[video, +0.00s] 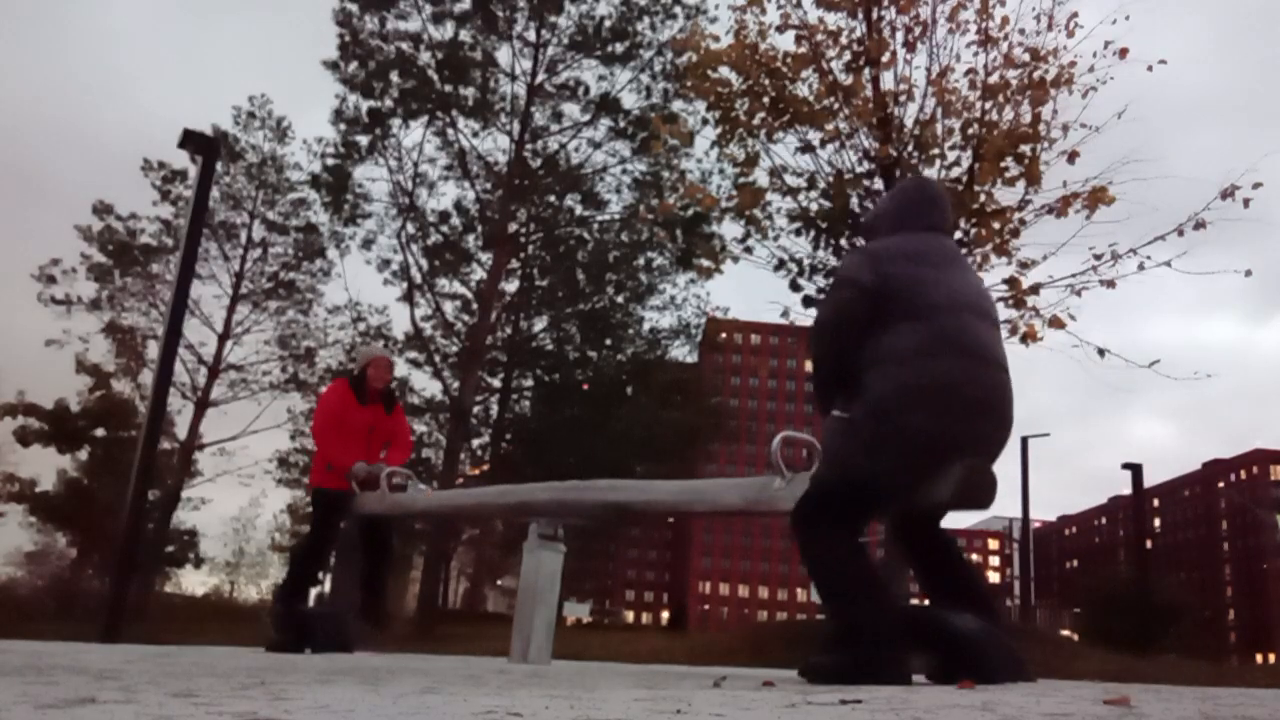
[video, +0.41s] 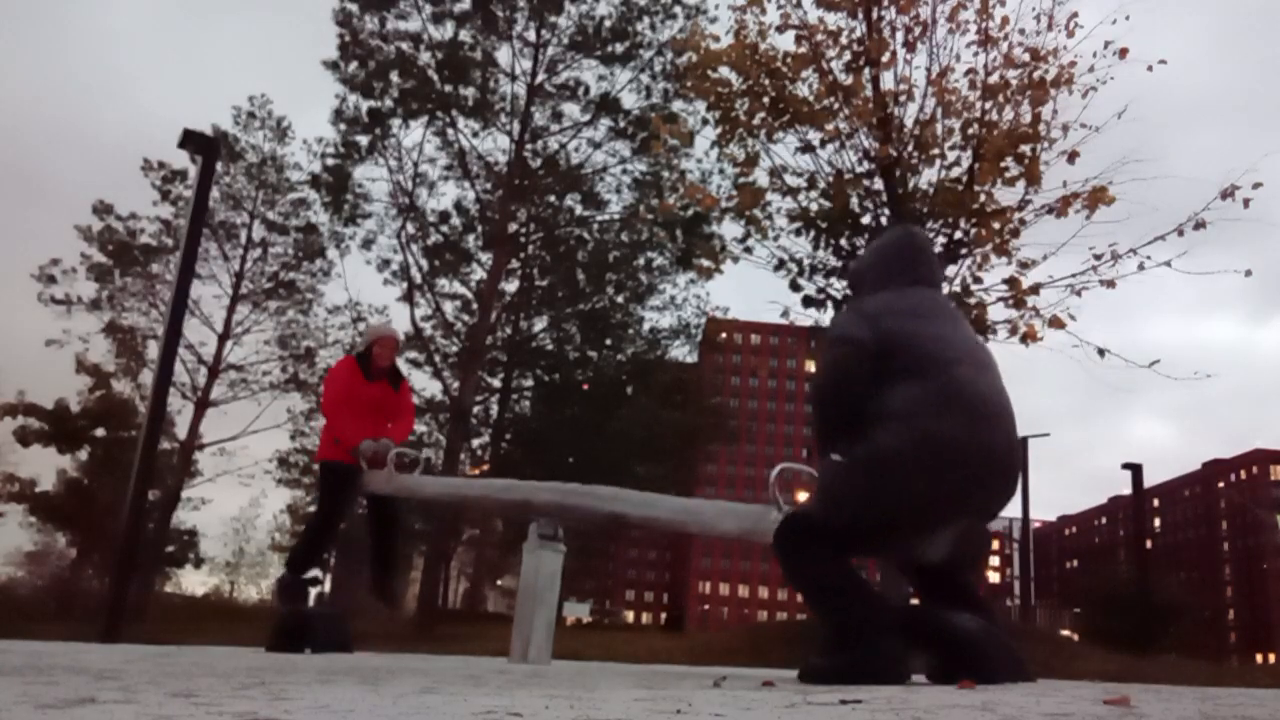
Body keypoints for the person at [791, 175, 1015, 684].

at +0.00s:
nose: (869, 218)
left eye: (877, 209)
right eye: (873, 208)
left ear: (890, 215)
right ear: (936, 221)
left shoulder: (873, 258)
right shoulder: (960, 269)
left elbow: (831, 327)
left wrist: (832, 394)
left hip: (906, 413)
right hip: (985, 416)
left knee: (820, 518)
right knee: (915, 526)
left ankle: (869, 649)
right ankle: (986, 643)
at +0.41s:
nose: (854, 281)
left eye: (860, 274)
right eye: (857, 274)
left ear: (876, 272)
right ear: (922, 273)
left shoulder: (866, 313)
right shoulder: (947, 315)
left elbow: (834, 398)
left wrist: (835, 444)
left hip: (916, 455)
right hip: (994, 461)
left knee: (802, 538)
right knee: (934, 566)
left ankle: (867, 650)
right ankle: (990, 659)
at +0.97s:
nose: (853, 322)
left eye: (858, 313)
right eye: (856, 313)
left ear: (873, 309)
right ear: (923, 309)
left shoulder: (865, 349)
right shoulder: (954, 354)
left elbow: (837, 443)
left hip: (919, 500)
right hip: (1001, 504)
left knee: (796, 542)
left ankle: (863, 651)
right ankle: (981, 653)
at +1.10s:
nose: (848, 311)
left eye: (852, 301)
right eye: (849, 302)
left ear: (868, 293)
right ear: (917, 289)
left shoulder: (860, 330)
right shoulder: (946, 331)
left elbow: (839, 418)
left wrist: (844, 472)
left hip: (918, 466)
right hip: (996, 469)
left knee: (802, 536)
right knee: (946, 586)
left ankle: (861, 650)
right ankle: (995, 665)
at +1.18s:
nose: (846, 283)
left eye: (849, 274)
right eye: (848, 275)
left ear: (860, 269)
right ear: (916, 266)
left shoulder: (860, 307)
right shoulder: (942, 307)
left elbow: (837, 394)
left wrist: (849, 443)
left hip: (915, 441)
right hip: (993, 443)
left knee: (806, 526)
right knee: (927, 547)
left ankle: (862, 646)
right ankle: (987, 652)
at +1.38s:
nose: (842, 209)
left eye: (846, 200)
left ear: (861, 196)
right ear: (910, 193)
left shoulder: (859, 231)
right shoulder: (939, 232)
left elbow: (838, 317)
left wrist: (836, 361)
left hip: (912, 366)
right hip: (988, 367)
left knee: (836, 481)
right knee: (923, 484)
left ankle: (852, 643)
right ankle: (976, 631)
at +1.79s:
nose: (859, 128)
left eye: (864, 120)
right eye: (860, 122)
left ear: (883, 109)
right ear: (921, 108)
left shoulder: (884, 139)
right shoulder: (956, 145)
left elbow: (850, 215)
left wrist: (832, 292)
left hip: (914, 271)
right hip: (983, 281)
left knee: (830, 368)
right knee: (906, 392)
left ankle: (844, 506)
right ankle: (947, 522)